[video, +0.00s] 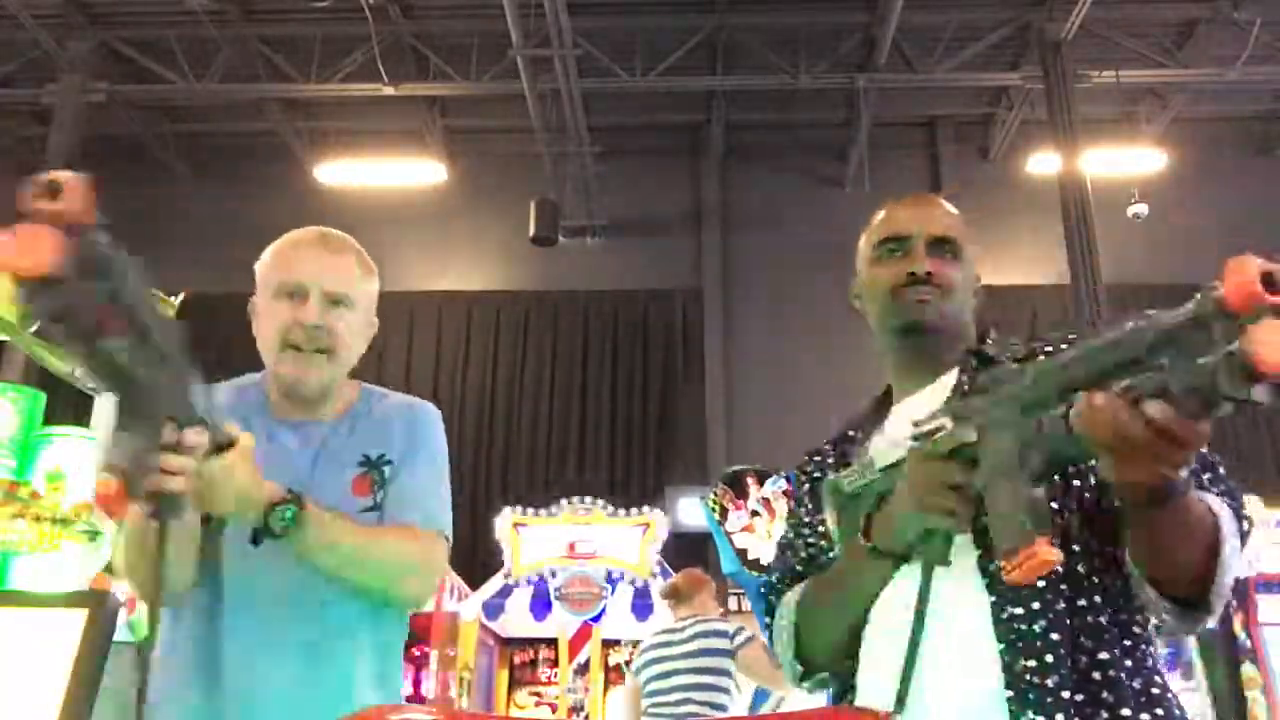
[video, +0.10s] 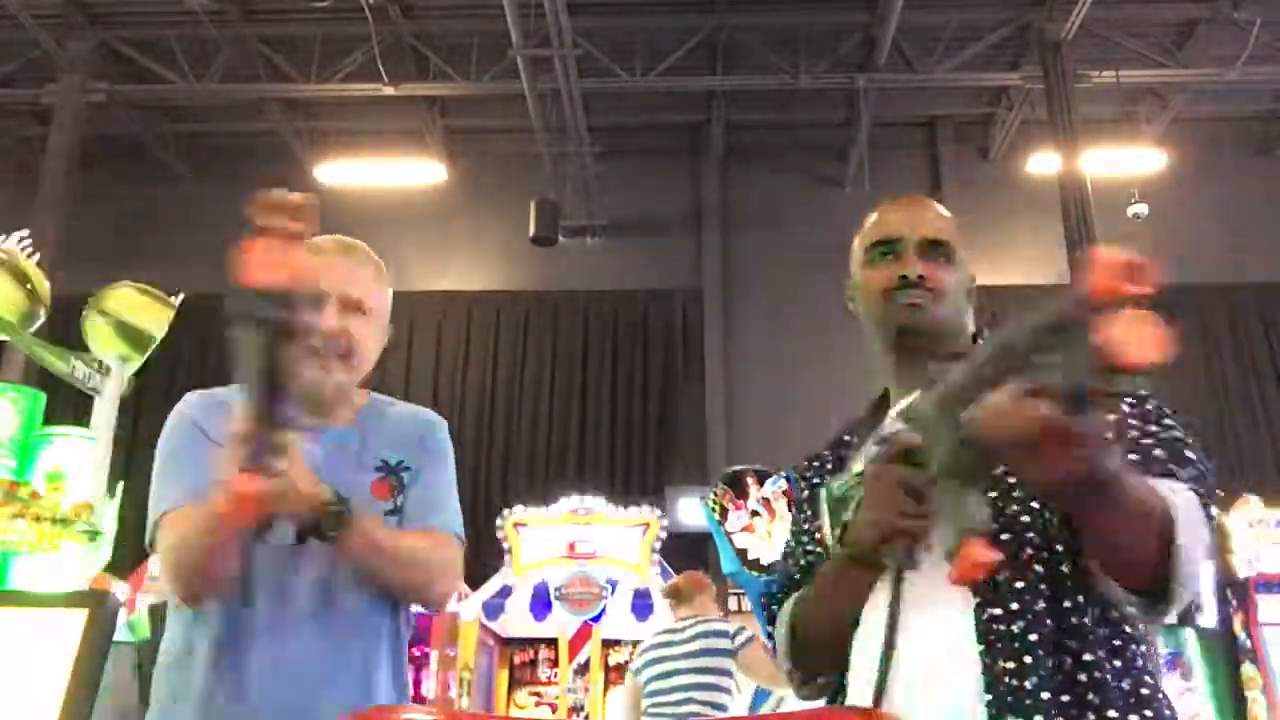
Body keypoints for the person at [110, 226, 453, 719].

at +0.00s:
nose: (312, 318)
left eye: (338, 303)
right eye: (292, 296)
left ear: (369, 331)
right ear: (254, 312)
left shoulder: (410, 427)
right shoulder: (194, 415)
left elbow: (417, 576)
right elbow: (156, 585)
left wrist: (265, 504)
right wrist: (167, 499)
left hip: (348, 709)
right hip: (196, 708)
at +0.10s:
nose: (328, 325)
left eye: (355, 308)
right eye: (310, 302)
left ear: (384, 335)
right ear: (274, 314)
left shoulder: (418, 435)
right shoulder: (202, 419)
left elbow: (439, 580)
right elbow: (186, 577)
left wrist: (325, 513)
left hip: (357, 709)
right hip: (208, 707)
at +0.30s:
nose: (332, 326)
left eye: (356, 313)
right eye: (311, 306)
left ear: (385, 339)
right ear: (273, 324)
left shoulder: (417, 438)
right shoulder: (210, 420)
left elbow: (448, 583)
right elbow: (205, 587)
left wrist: (351, 530)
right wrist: (264, 538)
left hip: (367, 709)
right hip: (217, 709)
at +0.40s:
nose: (306, 324)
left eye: (330, 308)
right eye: (285, 302)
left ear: (367, 330)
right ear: (254, 316)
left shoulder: (405, 426)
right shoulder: (189, 414)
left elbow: (427, 567)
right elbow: (155, 566)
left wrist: (294, 508)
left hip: (349, 706)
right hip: (196, 707)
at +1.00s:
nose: (304, 347)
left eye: (329, 325)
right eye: (284, 325)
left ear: (373, 337)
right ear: (260, 334)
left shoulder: (430, 447)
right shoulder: (216, 425)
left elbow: (477, 593)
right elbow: (152, 558)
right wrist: (183, 463)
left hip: (365, 710)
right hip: (216, 707)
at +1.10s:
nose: (313, 346)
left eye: (336, 323)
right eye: (293, 323)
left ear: (379, 335)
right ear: (266, 331)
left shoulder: (430, 446)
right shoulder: (216, 419)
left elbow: (463, 584)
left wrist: (438, 656)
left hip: (365, 710)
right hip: (211, 707)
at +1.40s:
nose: (211, 278)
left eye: (240, 255)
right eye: (190, 253)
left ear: (290, 274)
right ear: (163, 266)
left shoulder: (352, 402)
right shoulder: (113, 375)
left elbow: (387, 571)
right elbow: (29, 528)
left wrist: (319, 641)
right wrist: (46, 417)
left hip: (280, 714)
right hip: (109, 707)